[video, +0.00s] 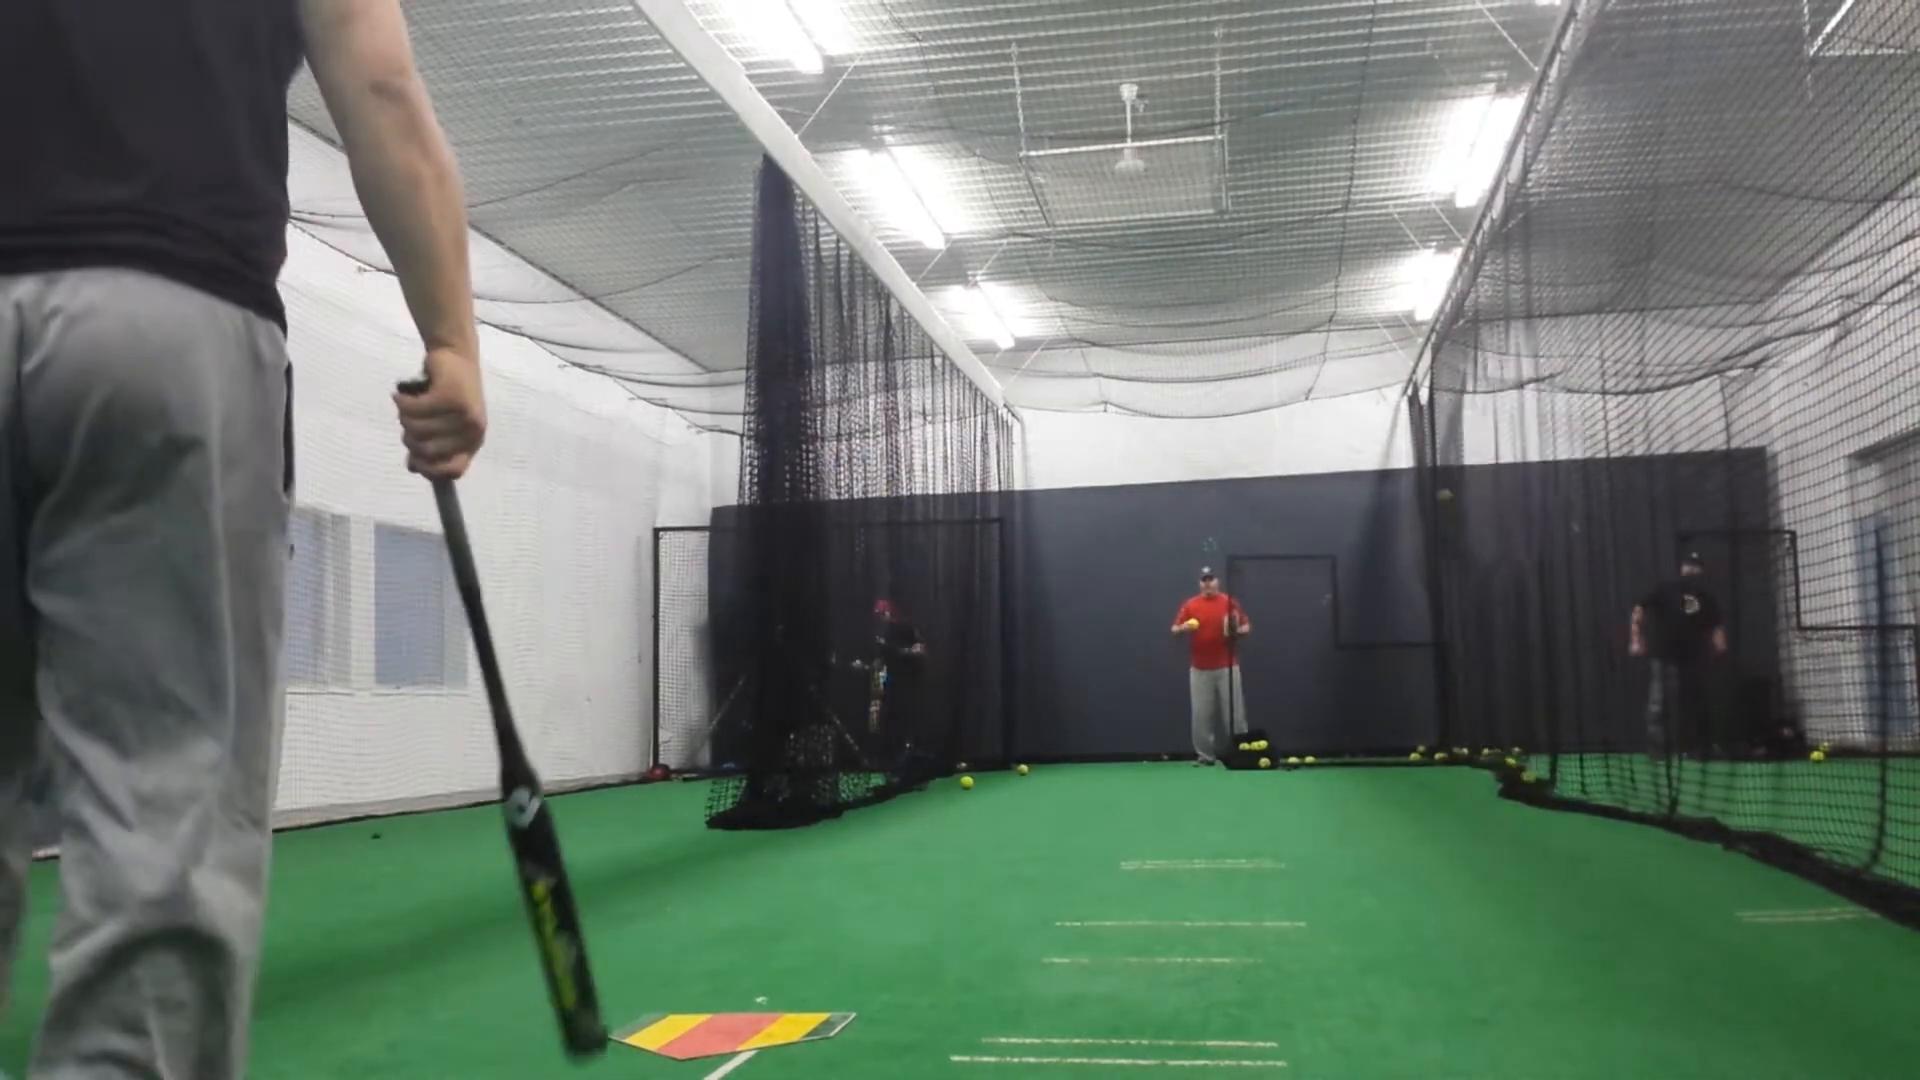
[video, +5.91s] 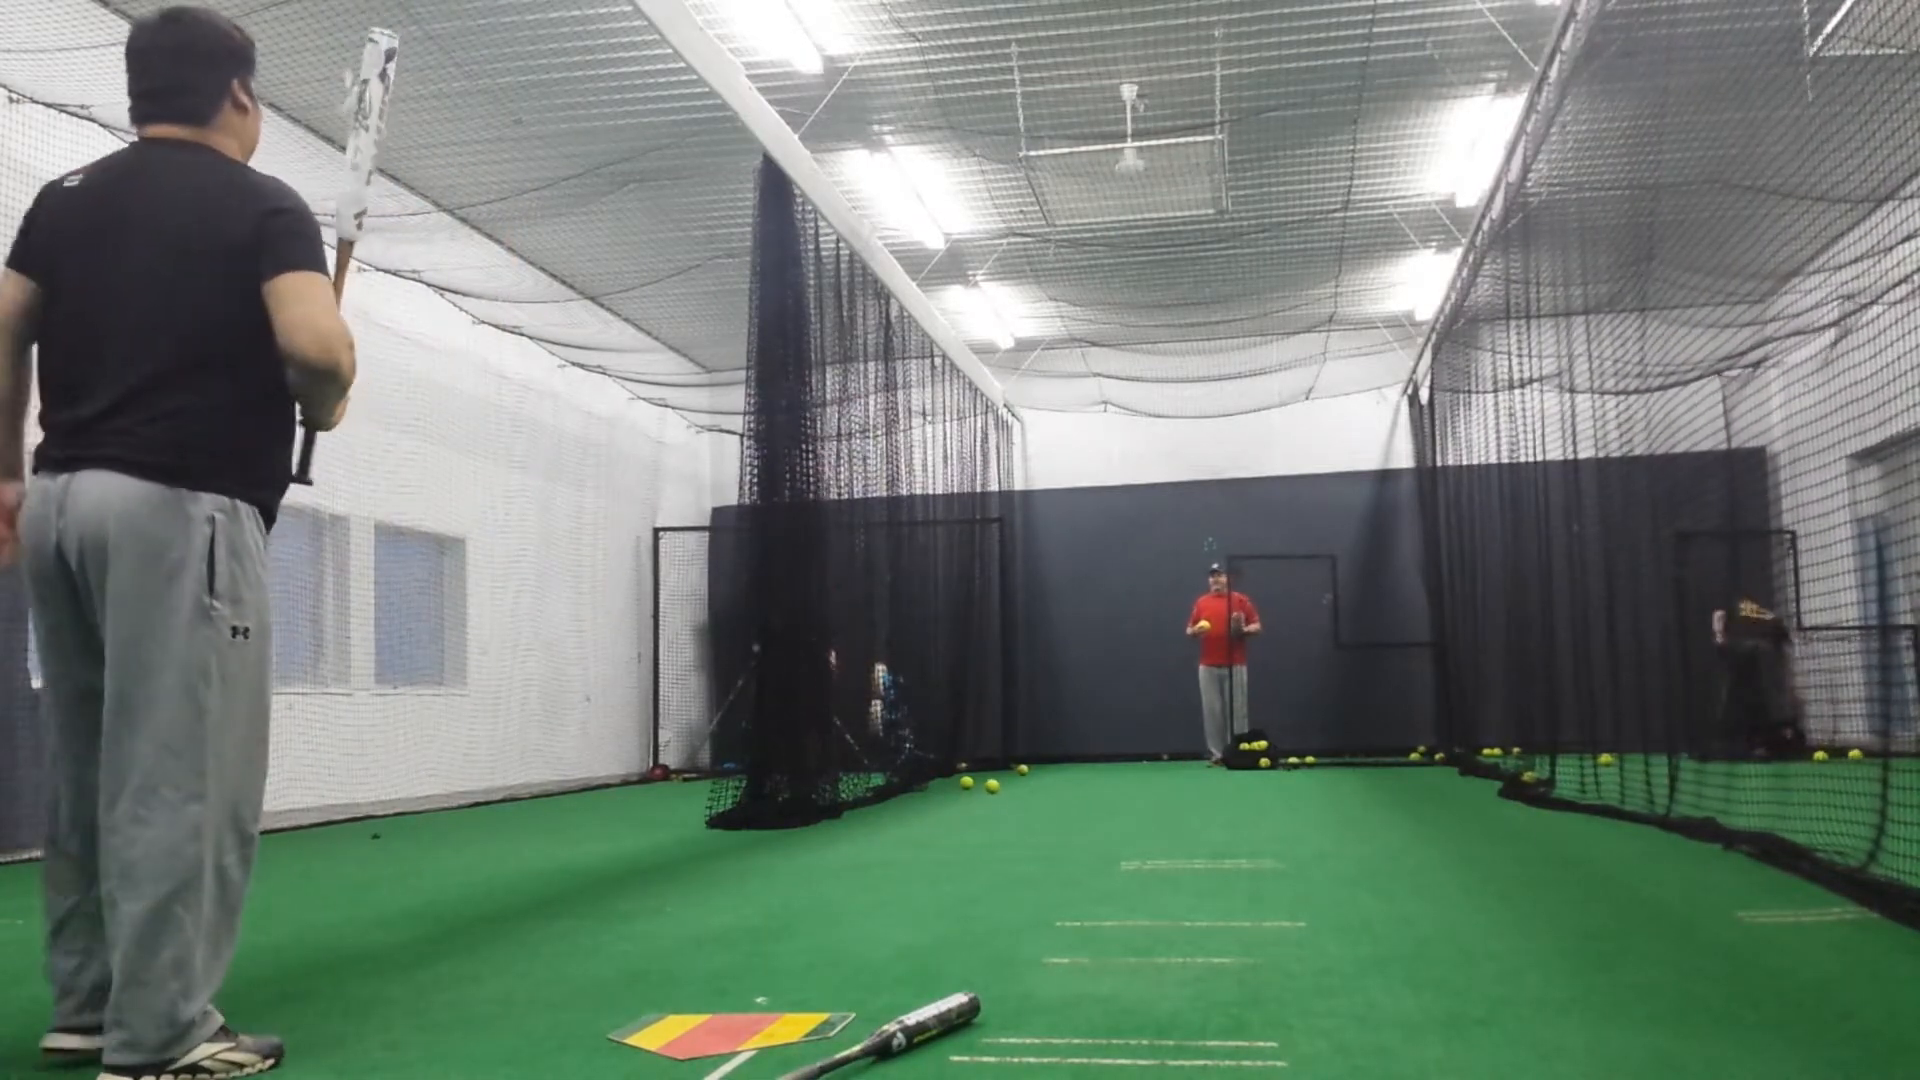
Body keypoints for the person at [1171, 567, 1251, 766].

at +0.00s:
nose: (1208, 583)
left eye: (1210, 579)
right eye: (1204, 580)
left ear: (1217, 582)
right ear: (1199, 583)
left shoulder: (1228, 603)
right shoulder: (1191, 605)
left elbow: (1246, 626)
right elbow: (1174, 630)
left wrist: (1236, 630)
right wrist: (1184, 627)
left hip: (1226, 666)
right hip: (1201, 667)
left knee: (1233, 711)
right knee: (1201, 713)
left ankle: (1239, 752)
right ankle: (1205, 754)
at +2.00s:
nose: (1209, 584)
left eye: (1212, 580)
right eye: (1205, 581)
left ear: (1218, 582)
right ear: (1201, 584)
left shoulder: (1233, 601)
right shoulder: (1195, 605)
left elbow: (1259, 616)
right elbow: (1177, 629)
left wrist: (1243, 623)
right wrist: (1185, 626)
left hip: (1228, 664)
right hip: (1203, 665)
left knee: (1233, 709)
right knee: (1202, 710)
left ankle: (1238, 751)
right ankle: (1200, 752)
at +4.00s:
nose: (1184, 582)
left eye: (1187, 578)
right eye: (1180, 579)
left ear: (1195, 580)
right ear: (1176, 583)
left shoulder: (1211, 600)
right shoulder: (1171, 606)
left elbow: (1228, 621)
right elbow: (1159, 635)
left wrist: (1216, 626)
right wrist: (1164, 627)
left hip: (1212, 662)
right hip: (1186, 666)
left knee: (1221, 707)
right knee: (1188, 710)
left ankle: (1227, 752)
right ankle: (1193, 755)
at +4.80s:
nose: (1213, 580)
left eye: (1216, 576)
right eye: (1209, 577)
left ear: (1222, 580)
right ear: (1204, 581)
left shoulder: (1235, 602)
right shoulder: (1197, 603)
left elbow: (1251, 626)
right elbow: (1184, 630)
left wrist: (1243, 626)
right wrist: (1188, 631)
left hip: (1230, 665)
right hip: (1203, 665)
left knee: (1234, 710)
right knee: (1200, 710)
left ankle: (1238, 753)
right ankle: (1196, 754)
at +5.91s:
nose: (1216, 580)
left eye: (1219, 576)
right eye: (1213, 576)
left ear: (1227, 579)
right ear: (1208, 580)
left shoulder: (1240, 601)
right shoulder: (1202, 602)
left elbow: (1256, 626)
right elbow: (1189, 629)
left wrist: (1243, 629)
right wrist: (1196, 629)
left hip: (1235, 663)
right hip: (1209, 664)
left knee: (1238, 708)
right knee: (1212, 709)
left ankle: (1240, 751)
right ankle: (1216, 752)